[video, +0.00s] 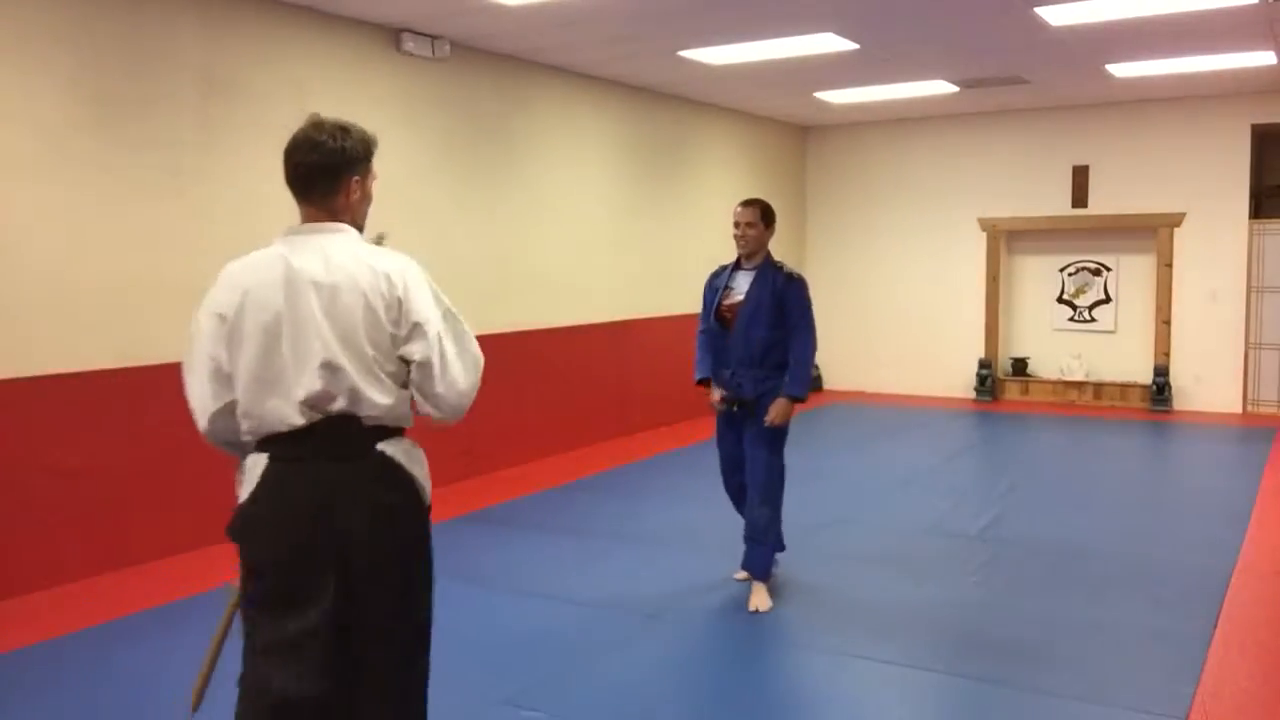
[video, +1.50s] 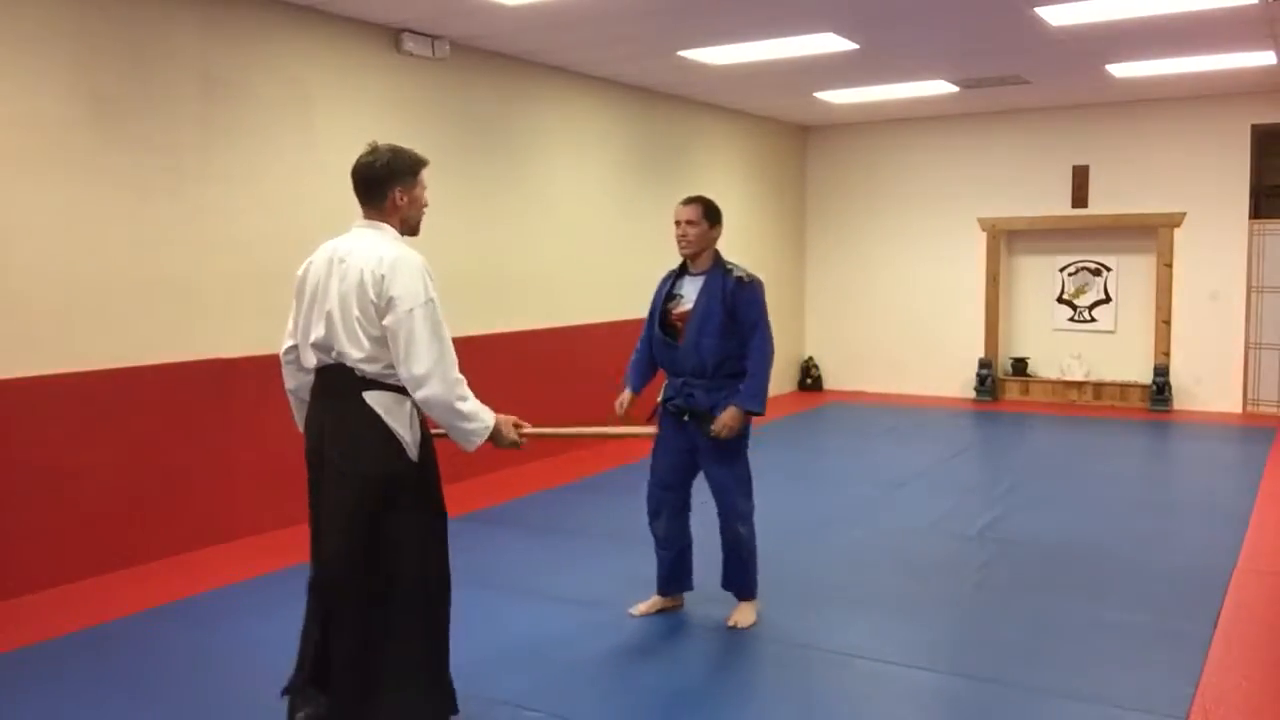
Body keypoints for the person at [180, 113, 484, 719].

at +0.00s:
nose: (370, 192)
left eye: (369, 179)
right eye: (369, 180)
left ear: (296, 185)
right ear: (356, 186)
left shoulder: (239, 280)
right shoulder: (394, 276)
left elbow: (213, 413)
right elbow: (451, 391)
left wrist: (275, 443)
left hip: (280, 499)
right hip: (382, 496)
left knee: (278, 673)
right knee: (388, 671)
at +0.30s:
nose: (393, 187)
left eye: (391, 176)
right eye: (390, 176)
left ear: (326, 184)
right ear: (375, 184)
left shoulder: (271, 267)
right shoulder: (406, 265)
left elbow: (257, 380)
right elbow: (451, 383)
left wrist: (321, 382)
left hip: (296, 465)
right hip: (386, 465)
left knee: (304, 633)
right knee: (395, 633)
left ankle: (302, 719)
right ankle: (393, 717)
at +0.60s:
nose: (390, 196)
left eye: (387, 184)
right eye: (383, 186)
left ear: (335, 197)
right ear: (356, 195)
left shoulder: (282, 269)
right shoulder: (375, 265)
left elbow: (294, 364)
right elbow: (424, 376)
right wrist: (461, 353)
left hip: (307, 437)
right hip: (373, 440)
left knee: (333, 600)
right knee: (396, 599)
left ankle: (343, 711)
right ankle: (404, 711)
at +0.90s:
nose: (397, 192)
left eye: (394, 180)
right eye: (390, 181)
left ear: (343, 193)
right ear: (362, 188)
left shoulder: (293, 263)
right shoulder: (374, 255)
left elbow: (289, 369)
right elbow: (415, 353)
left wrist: (319, 422)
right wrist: (508, 348)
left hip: (309, 436)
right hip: (372, 433)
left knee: (325, 596)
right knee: (414, 591)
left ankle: (333, 712)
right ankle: (411, 709)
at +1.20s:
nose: (422, 200)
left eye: (420, 189)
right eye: (416, 190)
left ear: (367, 198)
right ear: (394, 196)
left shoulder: (315, 262)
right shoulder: (400, 265)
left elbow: (289, 365)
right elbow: (425, 378)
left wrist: (327, 414)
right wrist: (497, 410)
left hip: (326, 424)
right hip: (384, 429)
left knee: (339, 573)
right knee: (399, 570)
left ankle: (328, 703)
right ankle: (402, 703)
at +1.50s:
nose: (427, 199)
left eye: (425, 188)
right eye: (420, 189)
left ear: (372, 198)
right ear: (397, 196)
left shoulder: (319, 261)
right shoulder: (401, 263)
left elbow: (295, 359)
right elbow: (428, 374)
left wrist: (316, 423)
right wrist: (488, 423)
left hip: (328, 419)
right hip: (384, 424)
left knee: (336, 567)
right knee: (407, 565)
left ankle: (318, 700)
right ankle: (412, 702)